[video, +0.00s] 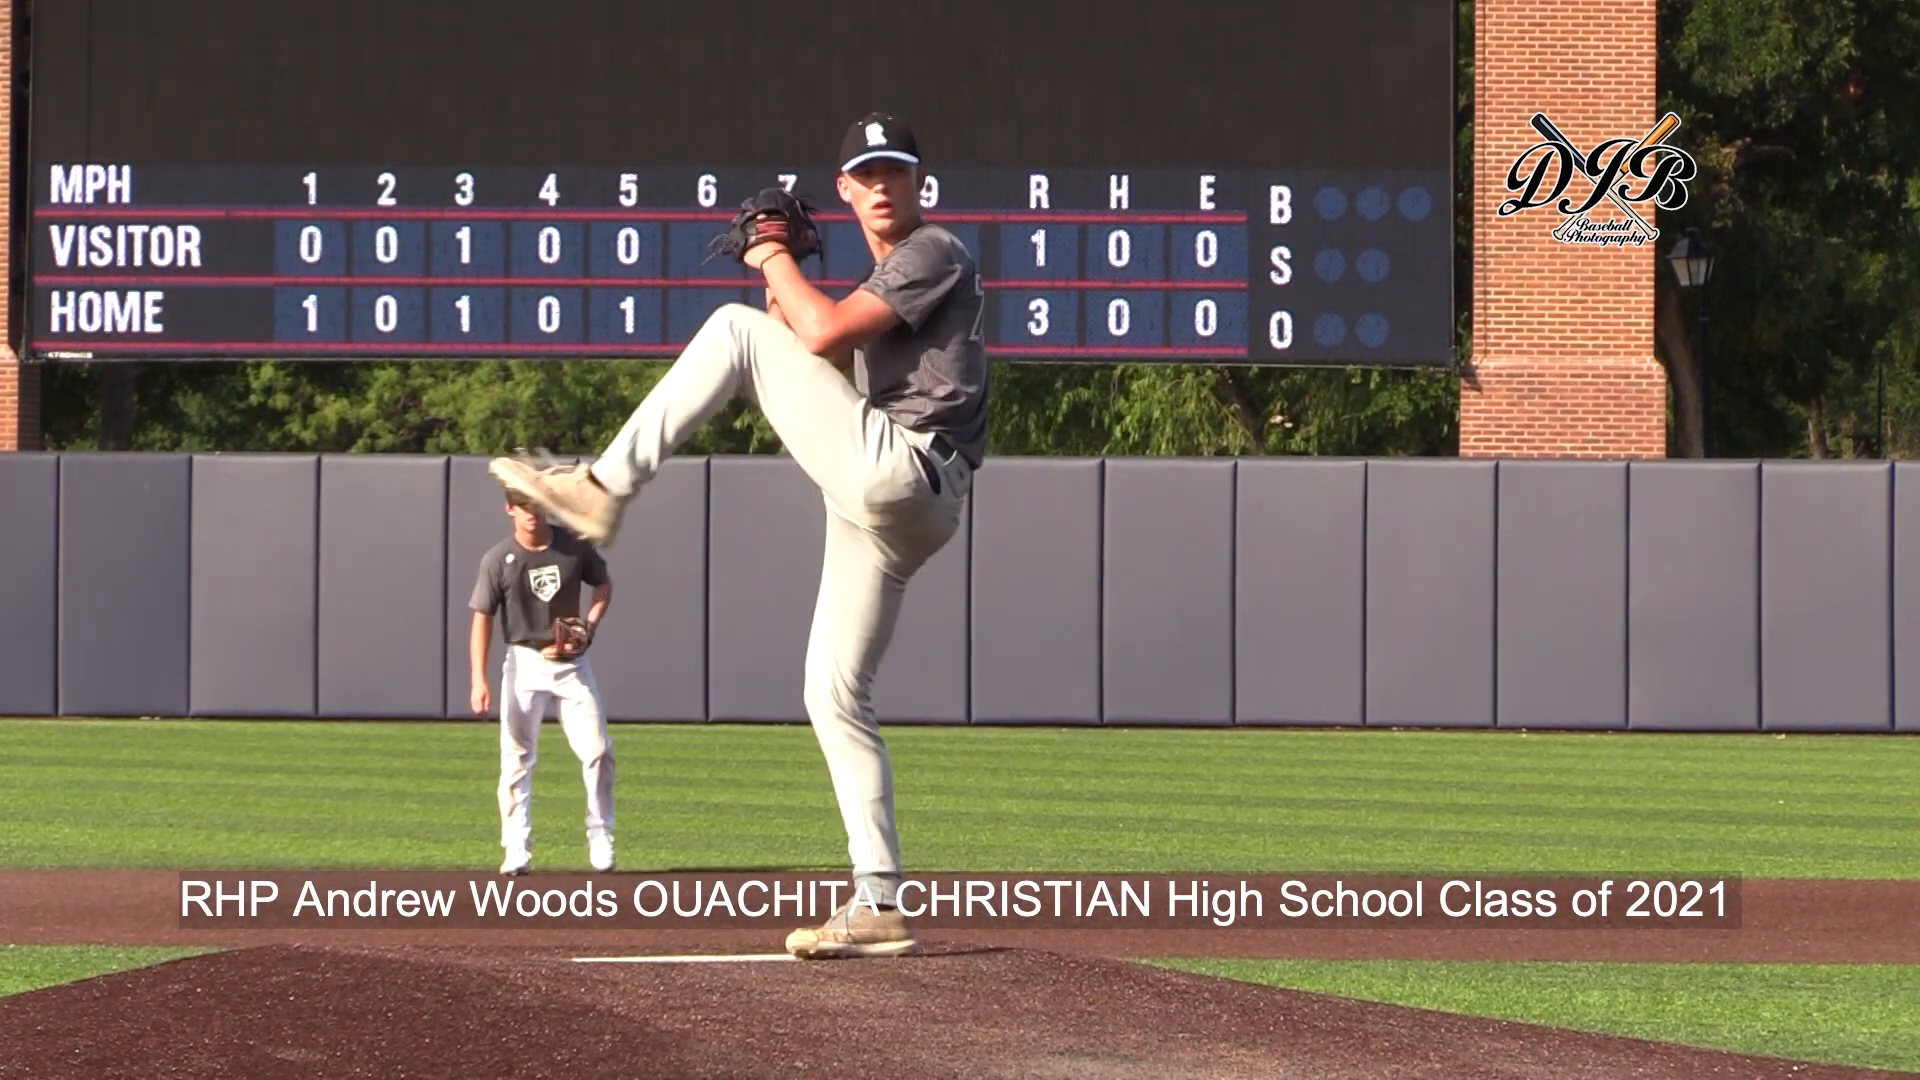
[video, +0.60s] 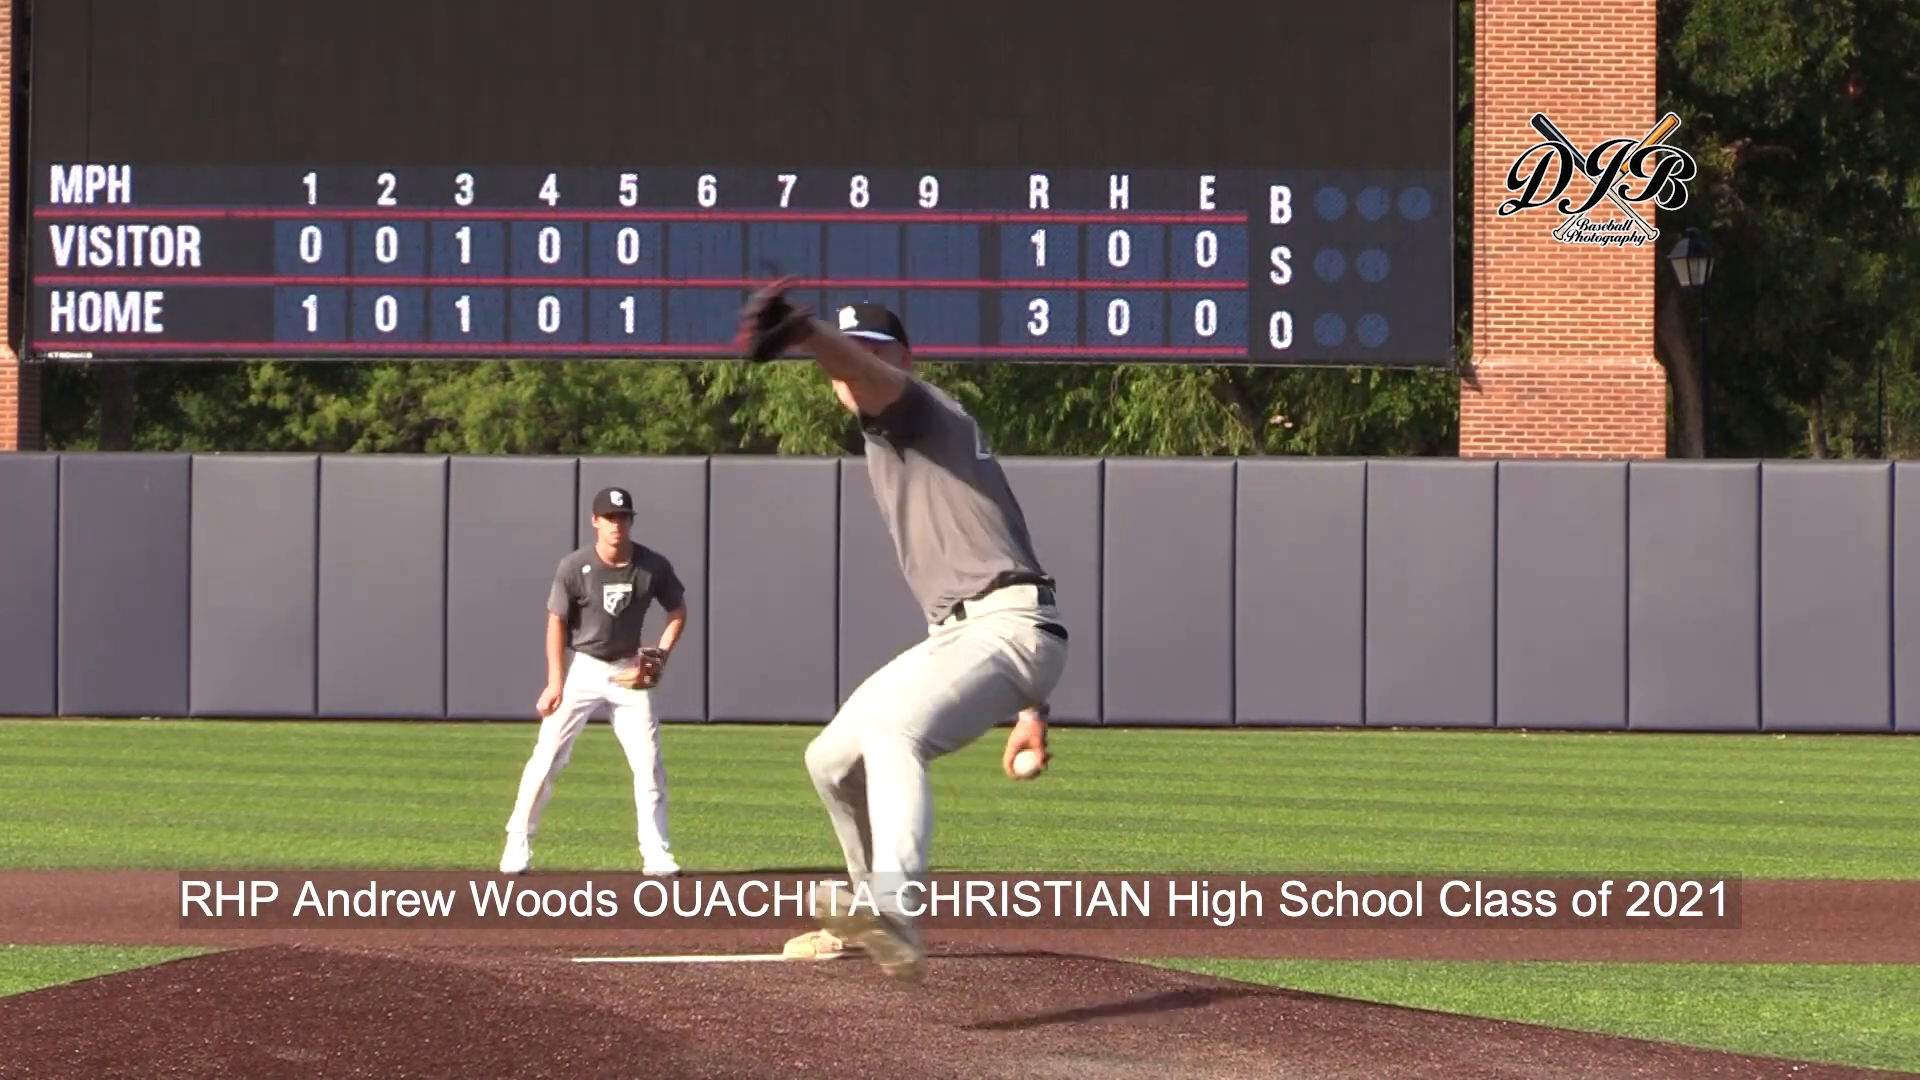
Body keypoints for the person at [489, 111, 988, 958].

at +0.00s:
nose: (879, 192)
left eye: (894, 175)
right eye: (864, 178)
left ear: (921, 183)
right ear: (846, 191)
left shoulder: (936, 252)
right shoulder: (877, 273)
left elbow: (825, 329)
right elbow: (824, 348)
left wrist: (773, 252)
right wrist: (780, 263)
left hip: (900, 469)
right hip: (883, 500)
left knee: (742, 326)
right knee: (839, 697)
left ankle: (600, 489)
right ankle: (878, 906)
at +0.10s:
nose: (875, 205)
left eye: (889, 189)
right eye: (860, 193)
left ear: (917, 197)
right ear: (841, 206)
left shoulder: (933, 263)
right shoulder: (870, 283)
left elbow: (825, 338)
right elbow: (833, 357)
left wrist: (772, 265)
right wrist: (791, 276)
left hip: (894, 469)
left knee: (750, 318)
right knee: (815, 701)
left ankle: (710, 523)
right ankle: (876, 904)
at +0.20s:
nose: (875, 222)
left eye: (889, 206)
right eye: (859, 210)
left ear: (916, 212)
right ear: (840, 224)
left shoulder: (930, 278)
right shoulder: (888, 310)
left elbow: (843, 381)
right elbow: (832, 417)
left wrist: (769, 322)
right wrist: (776, 333)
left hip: (907, 493)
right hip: (911, 529)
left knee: (718, 422)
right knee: (808, 712)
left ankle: (760, 630)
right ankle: (879, 903)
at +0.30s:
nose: (871, 248)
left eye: (886, 232)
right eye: (856, 235)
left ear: (913, 240)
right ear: (840, 250)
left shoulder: (921, 304)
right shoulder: (904, 333)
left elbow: (859, 417)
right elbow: (879, 488)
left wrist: (750, 427)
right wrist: (781, 471)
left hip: (916, 533)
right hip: (938, 551)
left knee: (721, 567)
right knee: (798, 728)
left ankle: (782, 768)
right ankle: (875, 906)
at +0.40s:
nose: (867, 292)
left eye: (881, 276)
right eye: (853, 280)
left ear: (910, 285)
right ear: (840, 296)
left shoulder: (913, 334)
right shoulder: (929, 357)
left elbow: (827, 406)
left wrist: (715, 473)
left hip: (942, 570)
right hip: (961, 585)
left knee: (761, 669)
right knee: (806, 737)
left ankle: (801, 880)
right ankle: (872, 906)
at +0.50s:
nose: (848, 343)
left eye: (865, 327)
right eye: (839, 329)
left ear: (899, 334)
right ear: (826, 337)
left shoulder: (906, 374)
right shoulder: (920, 408)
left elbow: (831, 393)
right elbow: (951, 579)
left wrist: (722, 397)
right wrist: (954, 730)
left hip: (981, 604)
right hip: (962, 610)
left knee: (812, 711)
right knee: (793, 739)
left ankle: (832, 913)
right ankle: (879, 907)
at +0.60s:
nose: (849, 380)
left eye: (865, 362)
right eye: (840, 367)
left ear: (900, 362)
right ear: (834, 375)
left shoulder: (923, 412)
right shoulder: (909, 440)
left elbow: (876, 378)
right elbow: (1001, 564)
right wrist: (1031, 705)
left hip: (1012, 622)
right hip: (960, 630)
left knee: (893, 733)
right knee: (831, 759)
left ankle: (898, 914)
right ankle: (870, 916)